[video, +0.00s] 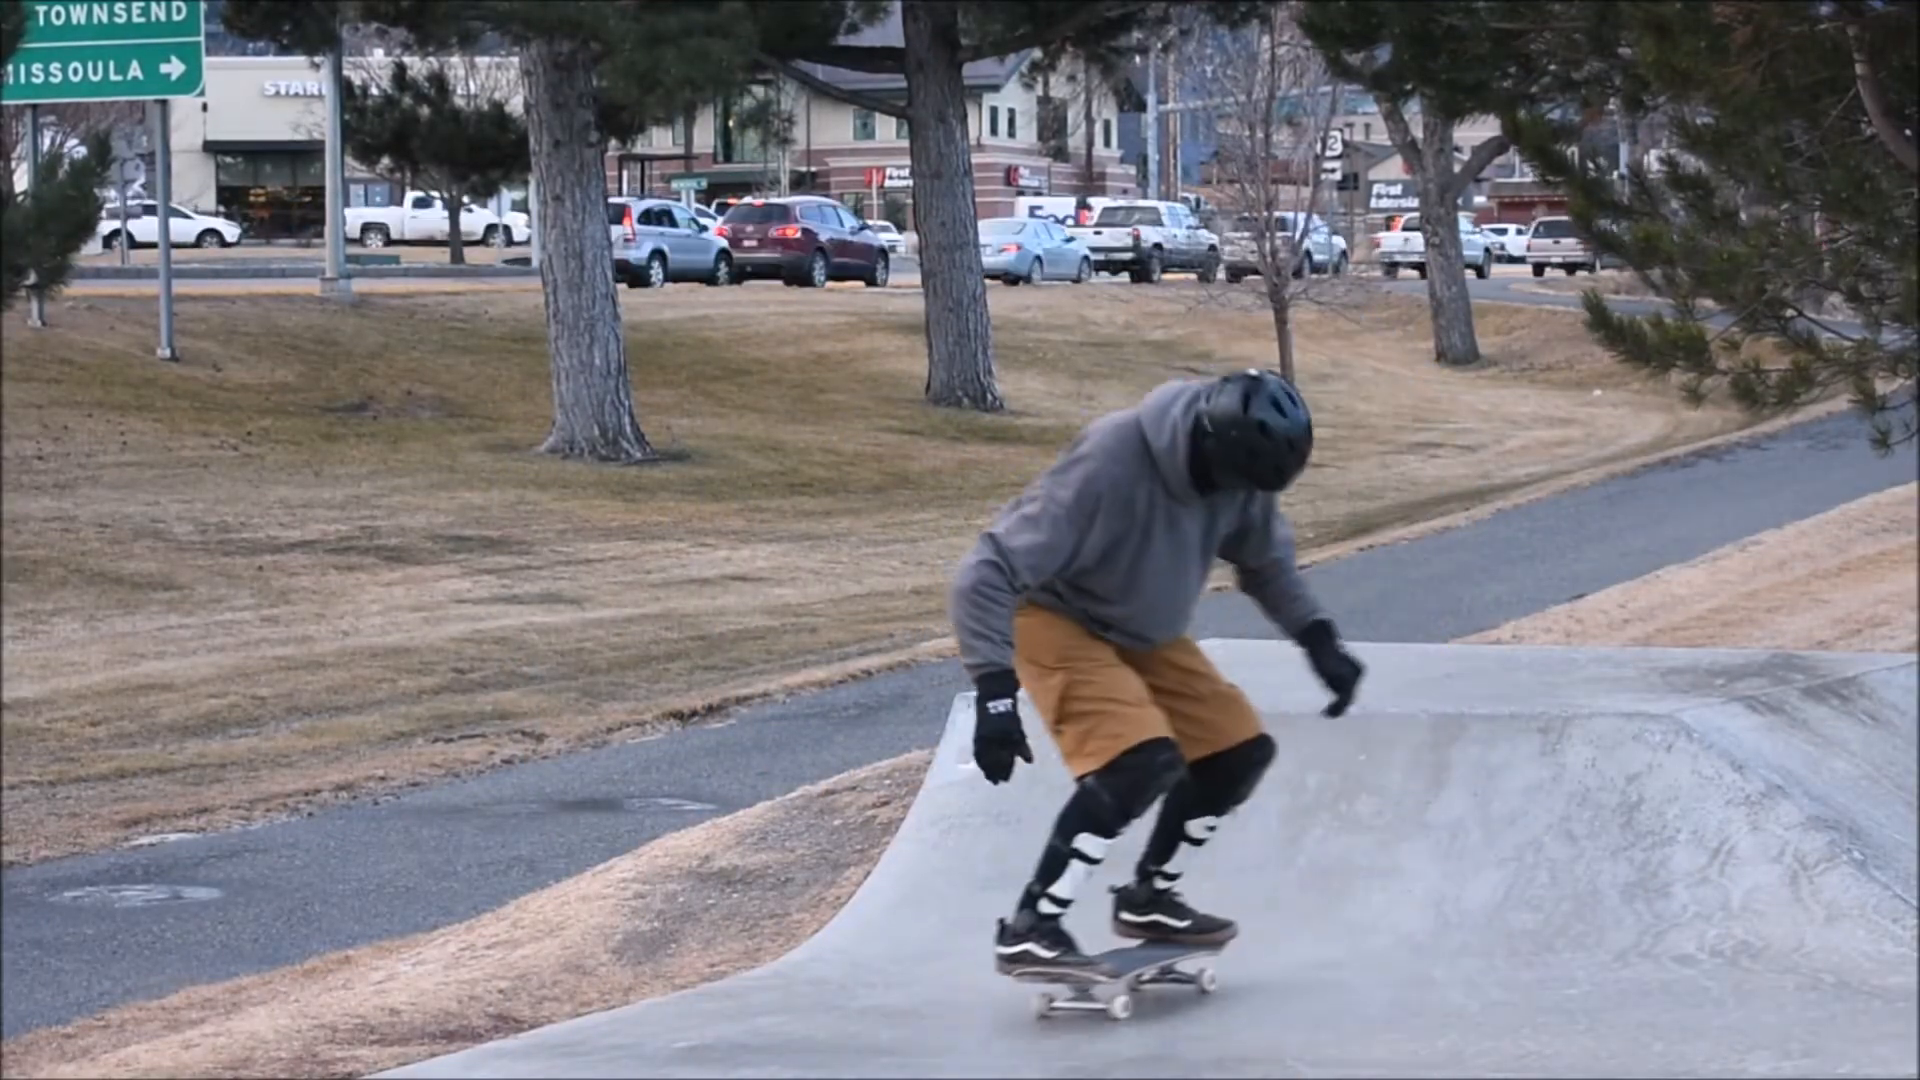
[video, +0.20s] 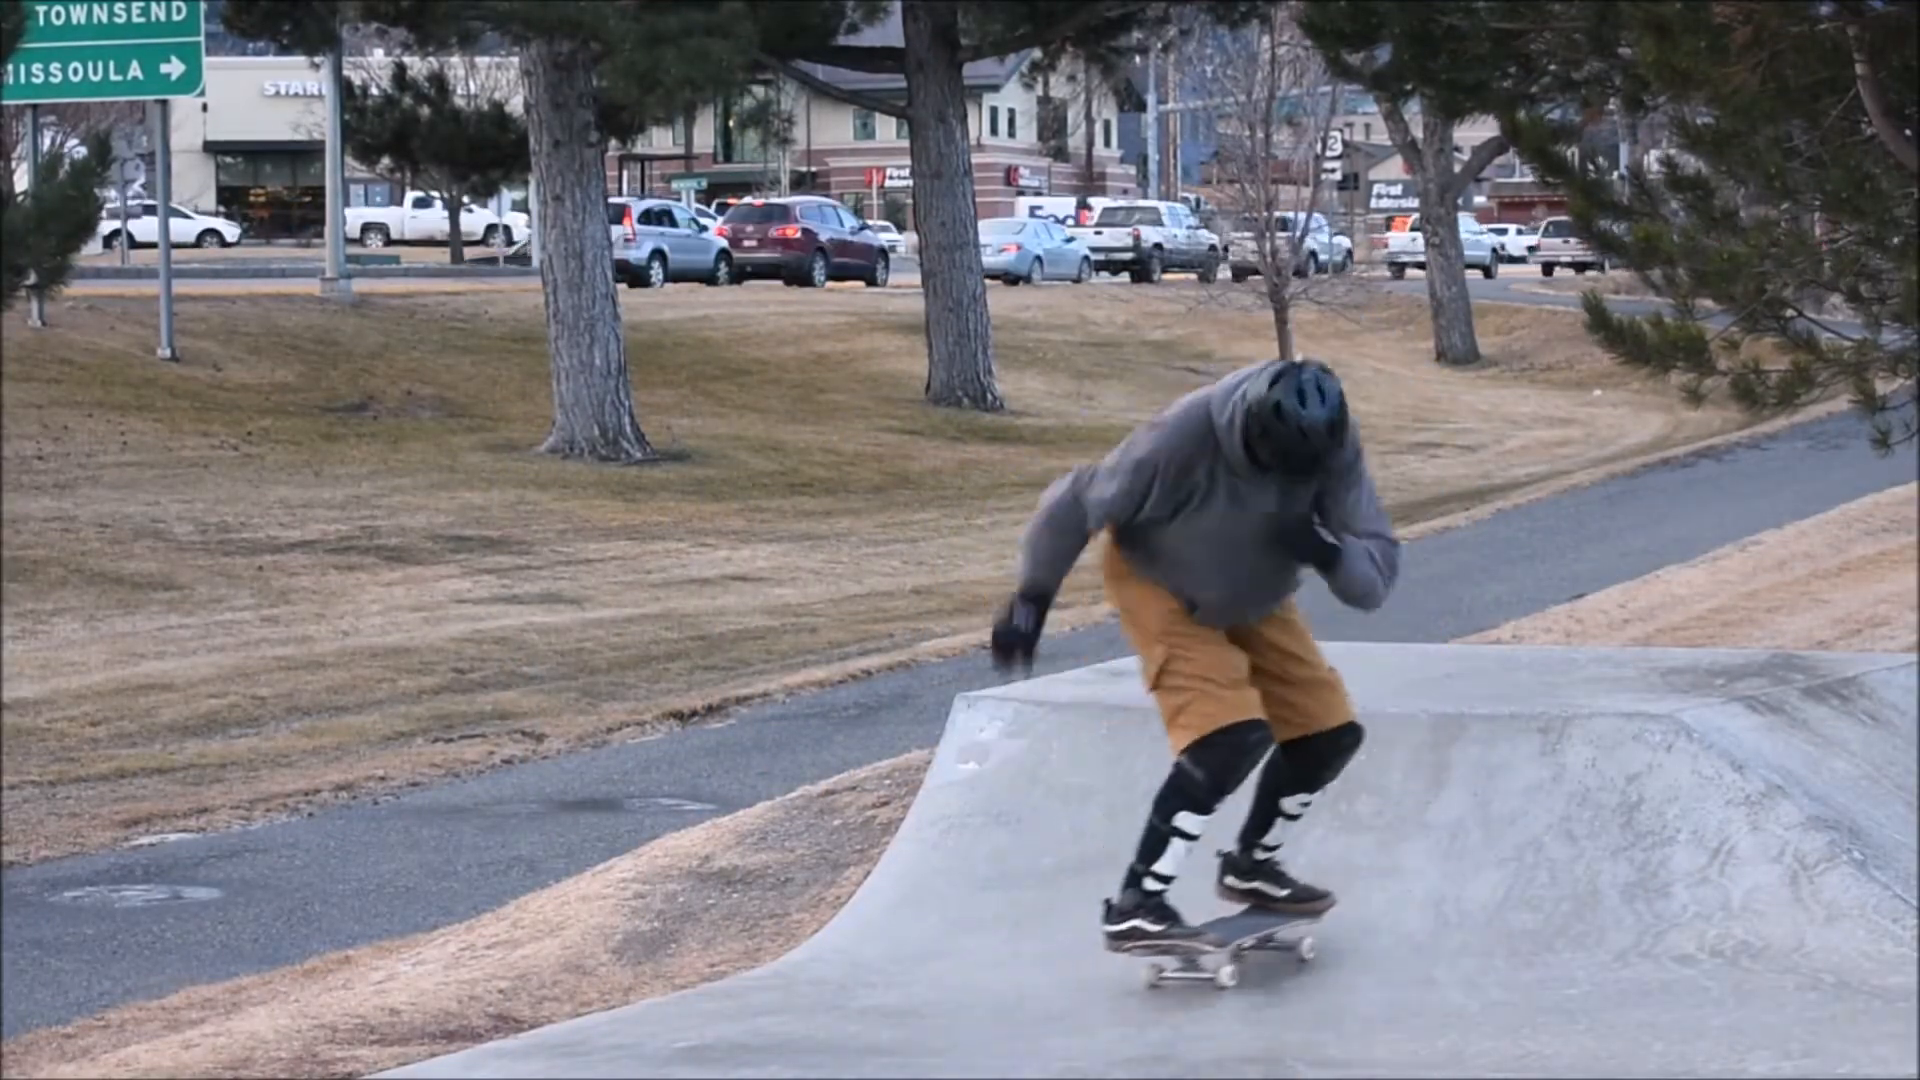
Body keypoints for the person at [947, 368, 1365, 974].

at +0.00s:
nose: (1254, 494)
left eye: (1263, 484)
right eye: (1250, 480)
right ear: (1219, 450)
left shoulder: (1242, 476)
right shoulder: (1114, 457)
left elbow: (1268, 565)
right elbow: (987, 571)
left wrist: (1320, 640)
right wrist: (995, 696)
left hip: (1143, 627)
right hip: (1051, 614)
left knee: (1236, 752)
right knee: (1140, 759)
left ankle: (1147, 897)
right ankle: (1031, 924)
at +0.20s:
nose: (1281, 476)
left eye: (1300, 468)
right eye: (1272, 461)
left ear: (1330, 440)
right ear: (1254, 424)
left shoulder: (1334, 444)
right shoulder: (1185, 434)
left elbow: (1375, 577)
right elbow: (1075, 501)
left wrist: (1328, 552)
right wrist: (1030, 601)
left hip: (1252, 586)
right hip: (1158, 577)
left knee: (1326, 735)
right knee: (1230, 736)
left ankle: (1250, 864)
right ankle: (1136, 903)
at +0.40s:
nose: (1303, 367)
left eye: (1315, 357)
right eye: (1289, 356)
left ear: (1349, 330)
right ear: (1266, 324)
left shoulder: (1394, 336)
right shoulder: (1233, 302)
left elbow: (1483, 433)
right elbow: (1165, 284)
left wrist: (1486, 526)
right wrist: (1100, 303)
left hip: (1367, 483)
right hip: (1261, 480)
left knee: (1432, 647)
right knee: (1266, 655)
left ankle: (1456, 765)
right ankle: (1228, 766)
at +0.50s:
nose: (1305, 344)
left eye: (1317, 332)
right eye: (1290, 334)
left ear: (1352, 298)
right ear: (1266, 299)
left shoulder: (1422, 298)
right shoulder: (1243, 287)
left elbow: (1555, 321)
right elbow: (1158, 281)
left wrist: (1634, 400)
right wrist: (1077, 318)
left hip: (1418, 454)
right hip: (1310, 450)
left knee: (1449, 624)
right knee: (1276, 599)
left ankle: (1518, 769)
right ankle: (1331, 663)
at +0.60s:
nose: (1282, 338)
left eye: (1289, 325)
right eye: (1271, 327)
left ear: (1319, 297)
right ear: (1260, 295)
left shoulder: (1423, 286)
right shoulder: (1266, 283)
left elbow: (1542, 257)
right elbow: (1157, 326)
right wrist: (1059, 388)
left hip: (1470, 451)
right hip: (1389, 451)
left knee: (1430, 634)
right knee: (1352, 577)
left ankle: (1502, 782)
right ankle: (1425, 661)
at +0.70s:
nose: (1277, 354)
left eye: (1279, 341)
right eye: (1267, 344)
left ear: (1305, 309)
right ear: (1269, 315)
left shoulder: (1406, 303)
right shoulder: (1297, 325)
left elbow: (1530, 300)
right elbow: (1209, 370)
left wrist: (1630, 322)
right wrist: (1129, 429)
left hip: (1516, 458)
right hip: (1447, 455)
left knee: (1439, 649)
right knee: (1374, 573)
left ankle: (1511, 796)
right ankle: (1433, 667)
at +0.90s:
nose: (1368, 319)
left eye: (1370, 303)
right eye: (1356, 310)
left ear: (1396, 266)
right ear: (1352, 289)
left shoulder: (1488, 297)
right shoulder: (1377, 321)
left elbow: (1608, 384)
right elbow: (1303, 380)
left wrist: (1629, 494)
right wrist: (1219, 446)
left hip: (1557, 495)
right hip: (1469, 502)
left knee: (1488, 684)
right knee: (1404, 649)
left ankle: (1564, 846)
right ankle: (1478, 738)